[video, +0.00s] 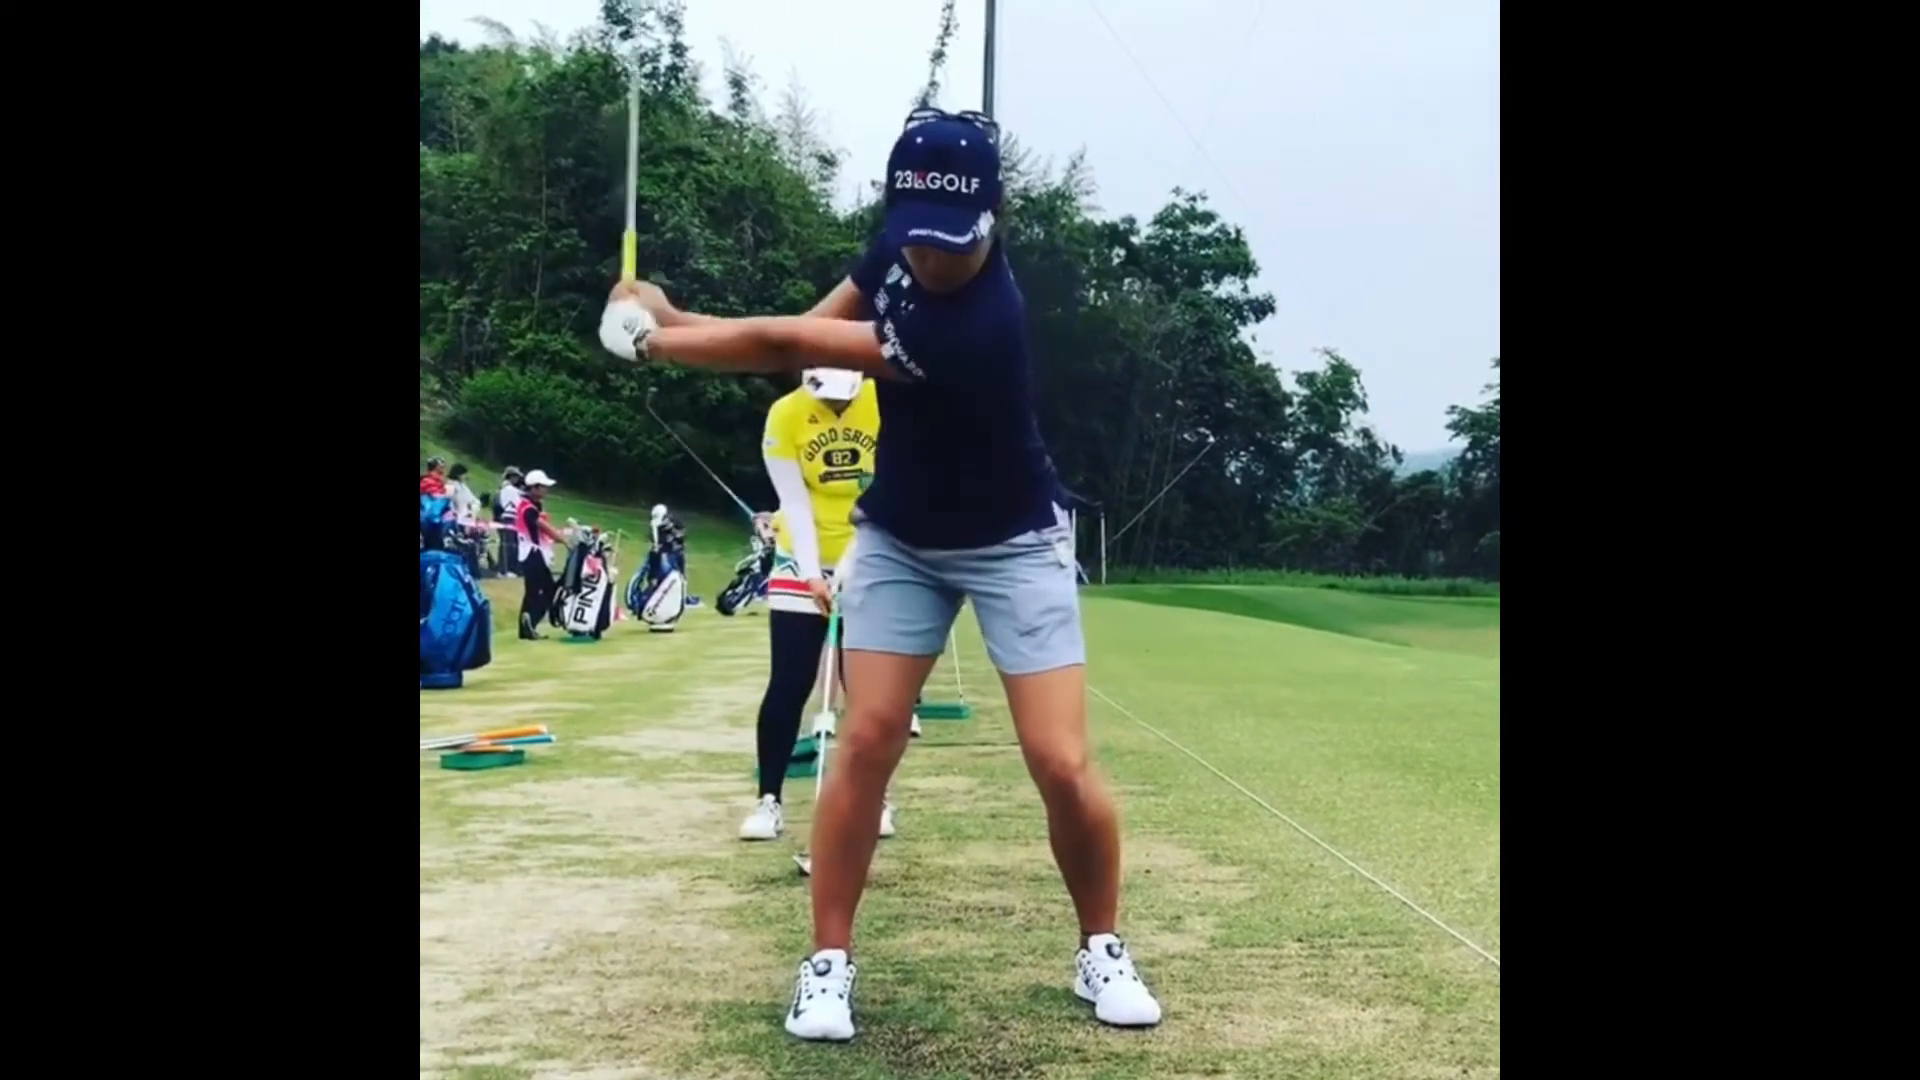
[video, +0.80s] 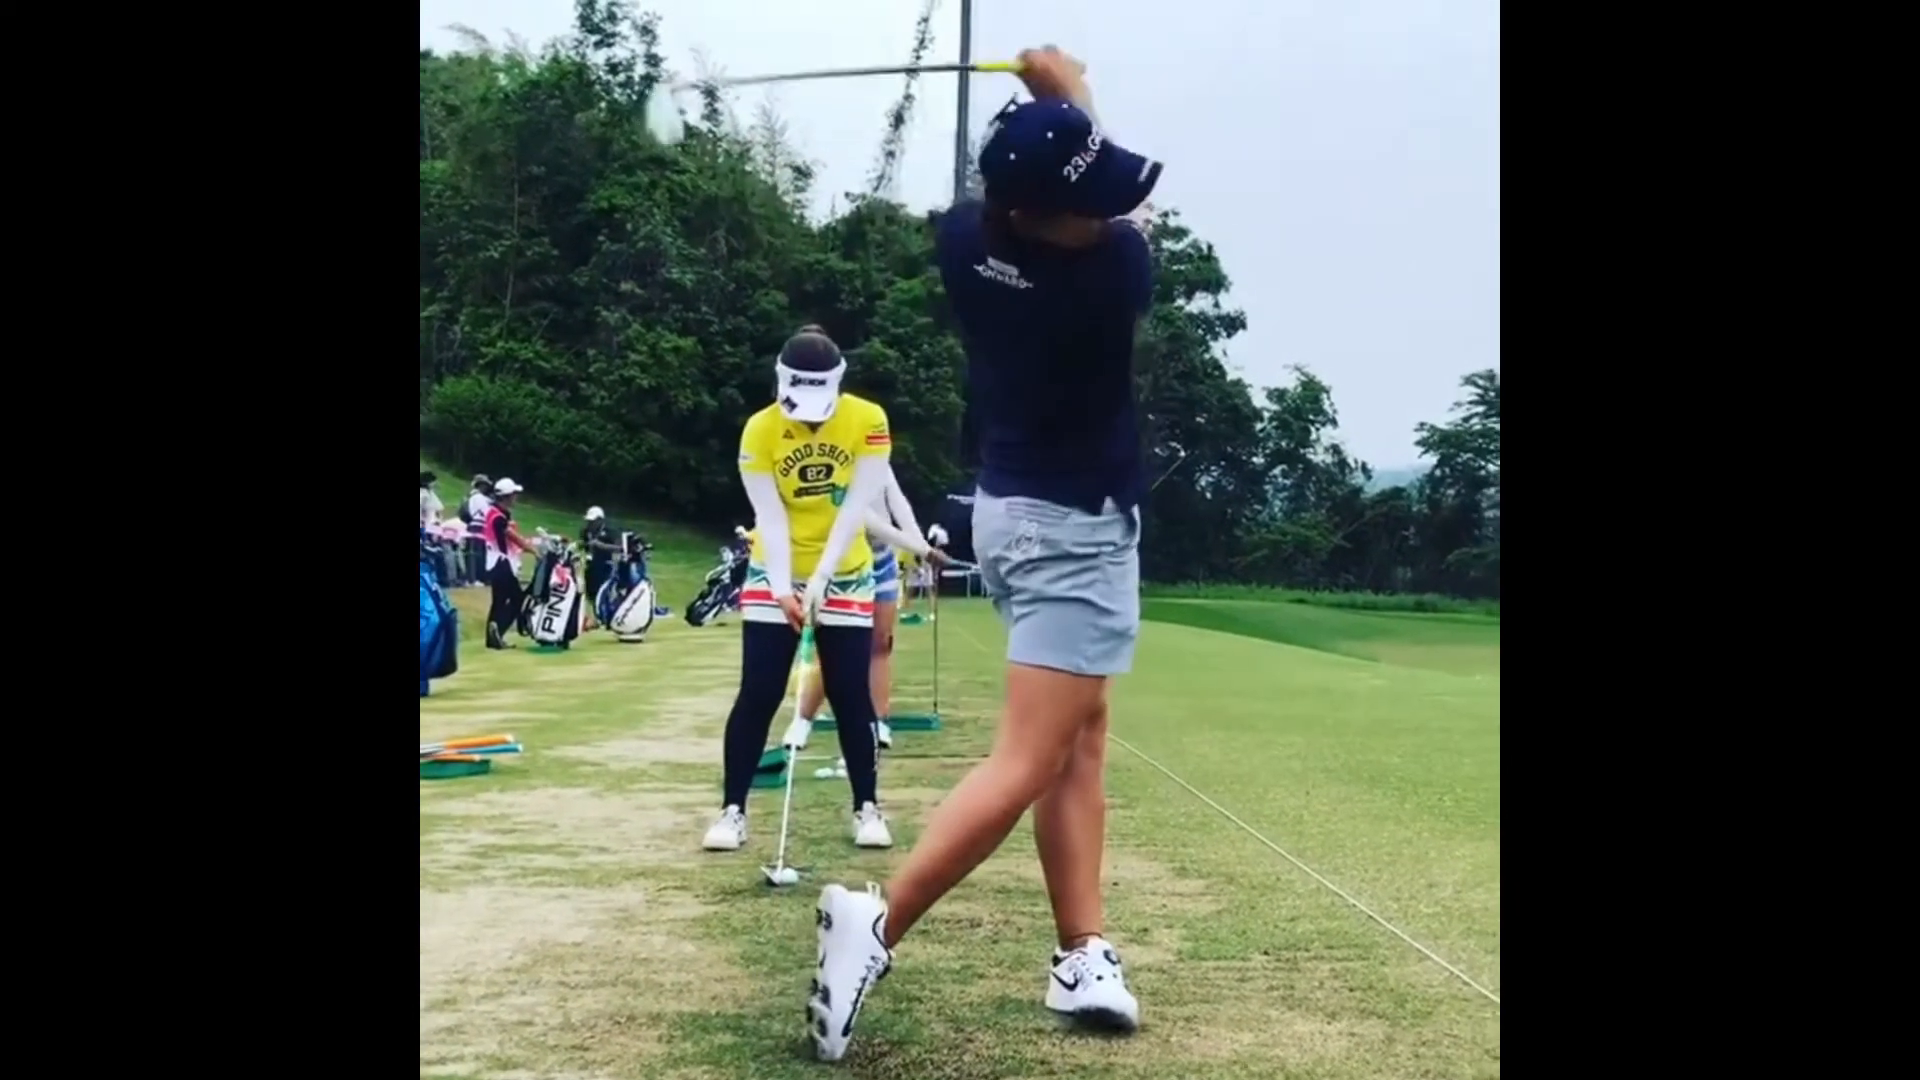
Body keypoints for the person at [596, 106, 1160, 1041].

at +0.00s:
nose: (936, 255)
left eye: (957, 237)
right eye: (920, 235)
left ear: (993, 217)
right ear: (897, 211)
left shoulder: (981, 321)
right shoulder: (896, 250)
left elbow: (790, 344)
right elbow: (808, 332)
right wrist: (682, 325)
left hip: (1017, 545)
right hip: (898, 541)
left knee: (1064, 764)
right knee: (869, 733)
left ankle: (1103, 947)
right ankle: (828, 958)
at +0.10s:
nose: (930, 250)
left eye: (952, 233)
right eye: (915, 230)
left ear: (989, 217)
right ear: (891, 212)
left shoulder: (980, 314)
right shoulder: (899, 269)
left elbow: (823, 310)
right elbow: (818, 305)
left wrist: (719, 230)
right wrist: (736, 230)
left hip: (1016, 550)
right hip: (897, 544)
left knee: (1059, 771)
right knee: (871, 737)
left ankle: (1103, 950)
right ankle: (828, 962)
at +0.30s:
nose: (954, 260)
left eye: (970, 238)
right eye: (932, 244)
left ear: (1000, 216)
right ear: (904, 231)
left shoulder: (1002, 316)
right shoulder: (911, 288)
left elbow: (842, 283)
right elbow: (837, 329)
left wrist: (758, 212)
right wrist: (785, 226)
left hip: (1036, 556)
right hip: (917, 551)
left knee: (1071, 774)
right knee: (874, 750)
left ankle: (1099, 953)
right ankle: (825, 964)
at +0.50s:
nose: (985, 273)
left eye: (988, 251)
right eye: (963, 267)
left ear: (994, 215)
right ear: (916, 259)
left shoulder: (1048, 245)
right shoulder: (903, 333)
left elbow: (1080, 392)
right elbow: (965, 482)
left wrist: (1107, 530)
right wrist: (1074, 569)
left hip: (1086, 520)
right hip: (988, 530)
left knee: (1109, 726)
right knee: (960, 748)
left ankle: (1104, 951)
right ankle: (828, 952)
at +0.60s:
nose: (1011, 275)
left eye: (1011, 249)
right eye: (987, 268)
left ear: (1008, 218)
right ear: (941, 270)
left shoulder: (1012, 234)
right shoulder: (981, 349)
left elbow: (1111, 299)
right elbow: (1137, 370)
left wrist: (1213, 357)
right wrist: (1242, 360)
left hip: (1094, 519)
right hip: (1024, 540)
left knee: (1096, 730)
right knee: (978, 754)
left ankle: (1093, 951)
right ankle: (817, 932)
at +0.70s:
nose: (1051, 249)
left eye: (1049, 229)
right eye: (1029, 241)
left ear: (969, 235)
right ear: (980, 244)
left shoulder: (955, 255)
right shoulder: (1061, 310)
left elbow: (1090, 256)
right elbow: (1123, 267)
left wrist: (1168, 216)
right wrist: (1175, 184)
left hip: (1034, 518)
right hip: (1063, 532)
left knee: (1087, 730)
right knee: (1019, 755)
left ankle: (1087, 953)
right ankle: (852, 921)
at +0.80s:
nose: (1117, 216)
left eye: (1110, 200)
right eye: (1099, 211)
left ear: (1009, 198)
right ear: (1045, 213)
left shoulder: (961, 243)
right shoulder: (1116, 271)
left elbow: (1010, 194)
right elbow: (1099, 195)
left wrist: (1056, 113)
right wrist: (1072, 106)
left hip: (1007, 508)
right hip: (1072, 520)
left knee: (1080, 744)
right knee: (1025, 761)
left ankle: (1083, 957)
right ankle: (877, 925)